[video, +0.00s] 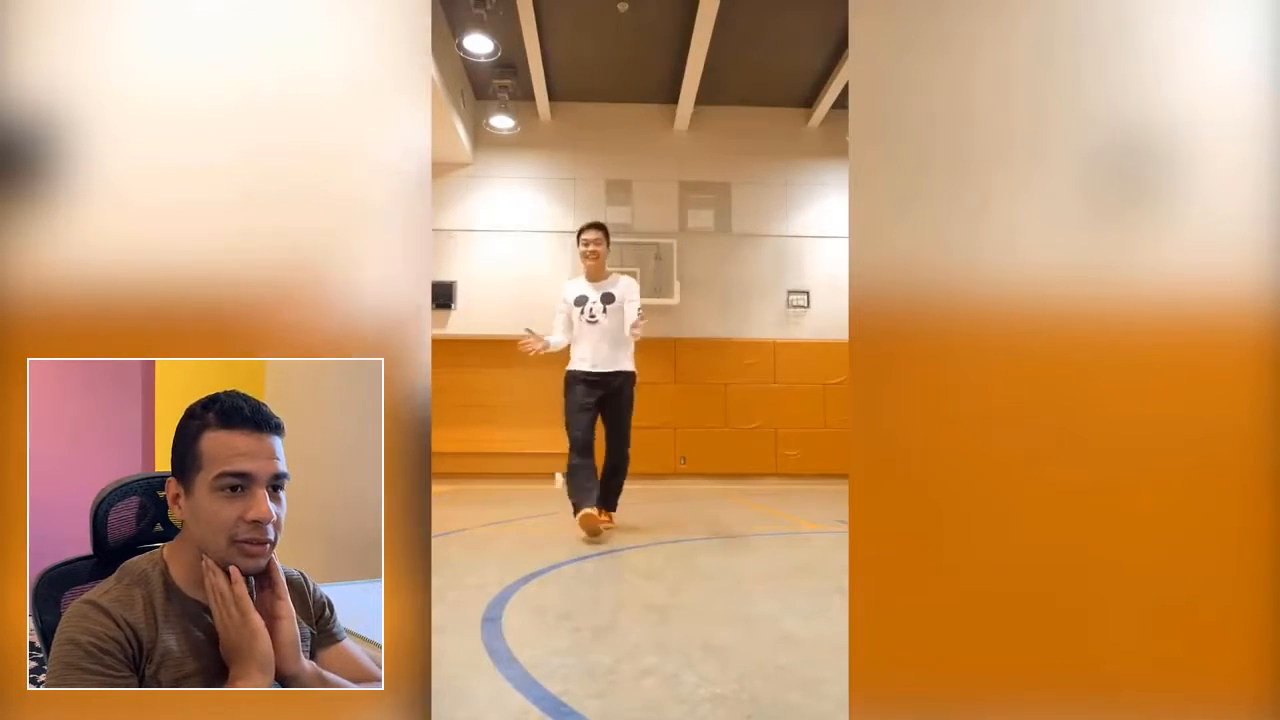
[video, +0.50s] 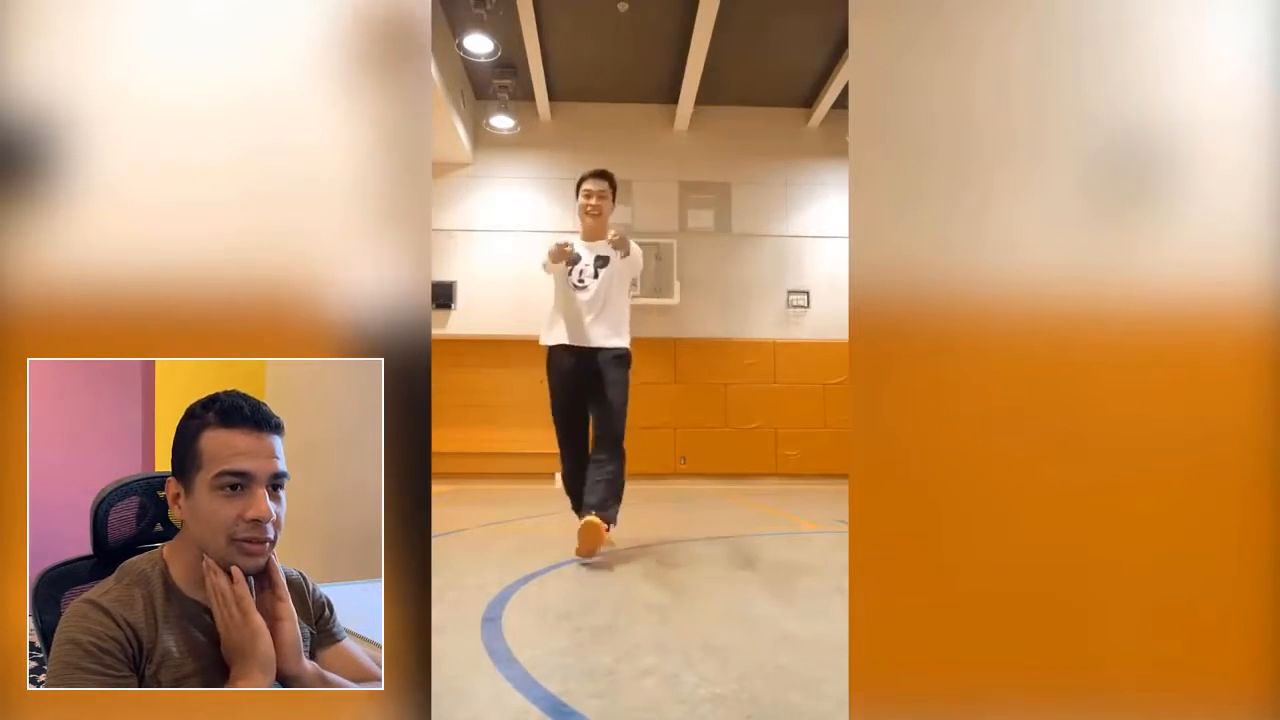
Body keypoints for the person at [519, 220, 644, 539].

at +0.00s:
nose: (591, 248)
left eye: (597, 243)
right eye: (586, 243)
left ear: (607, 248)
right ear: (578, 249)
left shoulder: (626, 286)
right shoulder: (570, 289)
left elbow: (633, 327)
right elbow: (562, 336)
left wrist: (636, 328)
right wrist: (544, 342)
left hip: (619, 374)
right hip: (581, 374)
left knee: (618, 444)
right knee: (579, 440)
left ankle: (606, 508)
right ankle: (585, 508)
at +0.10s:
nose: (589, 244)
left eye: (595, 239)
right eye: (583, 239)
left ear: (606, 245)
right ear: (576, 244)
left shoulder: (626, 282)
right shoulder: (569, 285)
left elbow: (628, 325)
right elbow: (561, 325)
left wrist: (596, 331)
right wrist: (571, 335)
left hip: (619, 374)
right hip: (581, 375)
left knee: (620, 445)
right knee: (580, 440)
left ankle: (607, 507)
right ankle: (591, 514)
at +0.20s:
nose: (588, 226)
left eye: (594, 221)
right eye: (582, 221)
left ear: (605, 229)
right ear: (573, 229)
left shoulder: (625, 268)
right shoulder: (565, 271)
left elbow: (631, 308)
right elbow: (553, 315)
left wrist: (607, 302)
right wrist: (564, 309)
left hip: (618, 366)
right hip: (577, 366)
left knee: (630, 441)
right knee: (576, 443)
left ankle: (612, 489)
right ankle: (592, 520)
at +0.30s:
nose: (589, 213)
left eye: (596, 207)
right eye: (583, 207)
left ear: (607, 214)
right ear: (575, 214)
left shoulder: (625, 253)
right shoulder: (565, 253)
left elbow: (631, 275)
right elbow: (554, 273)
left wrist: (623, 272)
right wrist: (555, 278)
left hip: (615, 351)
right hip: (574, 353)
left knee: (625, 430)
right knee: (575, 439)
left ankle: (618, 502)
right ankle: (590, 519)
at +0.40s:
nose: (592, 204)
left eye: (599, 199)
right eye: (585, 199)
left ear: (610, 207)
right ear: (576, 206)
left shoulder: (624, 248)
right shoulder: (566, 247)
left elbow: (628, 253)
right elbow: (557, 258)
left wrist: (622, 252)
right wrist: (560, 262)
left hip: (613, 346)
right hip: (570, 346)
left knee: (618, 427)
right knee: (575, 435)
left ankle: (612, 519)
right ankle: (590, 518)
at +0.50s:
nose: (593, 201)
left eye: (601, 196)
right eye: (587, 195)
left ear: (612, 204)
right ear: (577, 202)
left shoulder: (627, 251)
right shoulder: (564, 245)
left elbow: (633, 261)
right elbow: (551, 263)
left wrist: (623, 246)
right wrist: (558, 259)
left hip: (610, 349)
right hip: (565, 348)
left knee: (609, 433)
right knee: (571, 435)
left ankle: (598, 519)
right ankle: (585, 513)